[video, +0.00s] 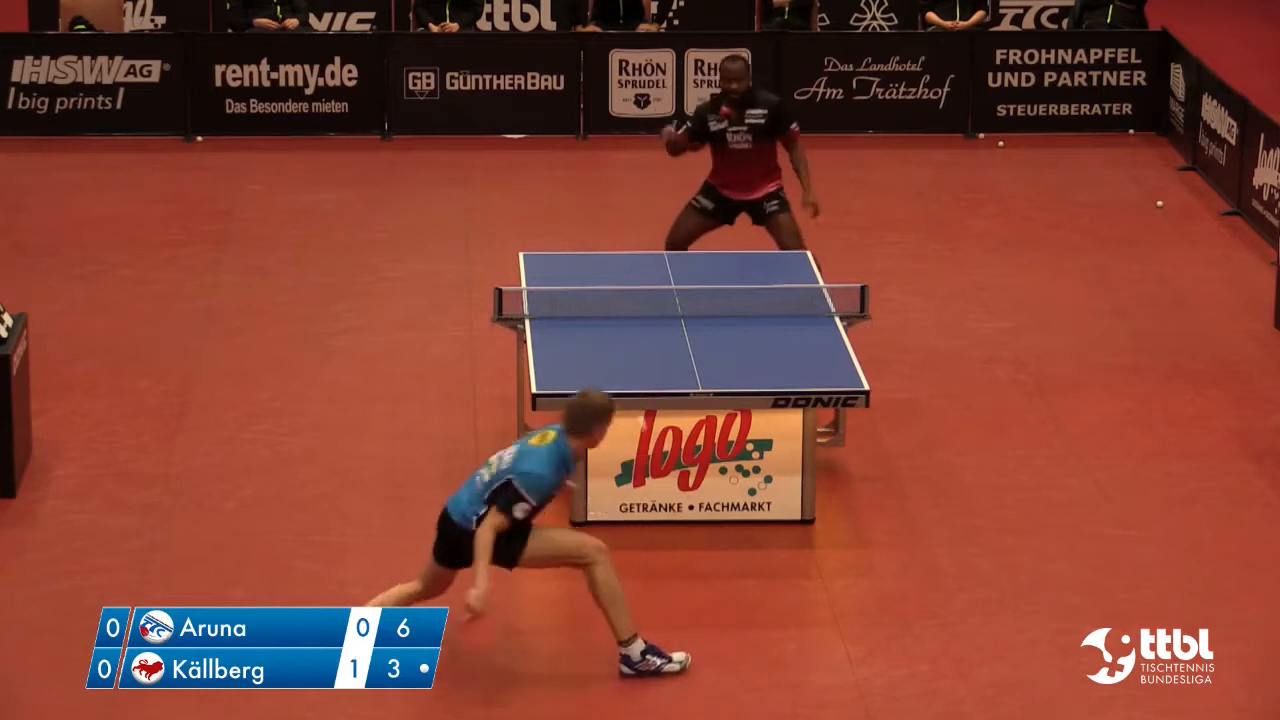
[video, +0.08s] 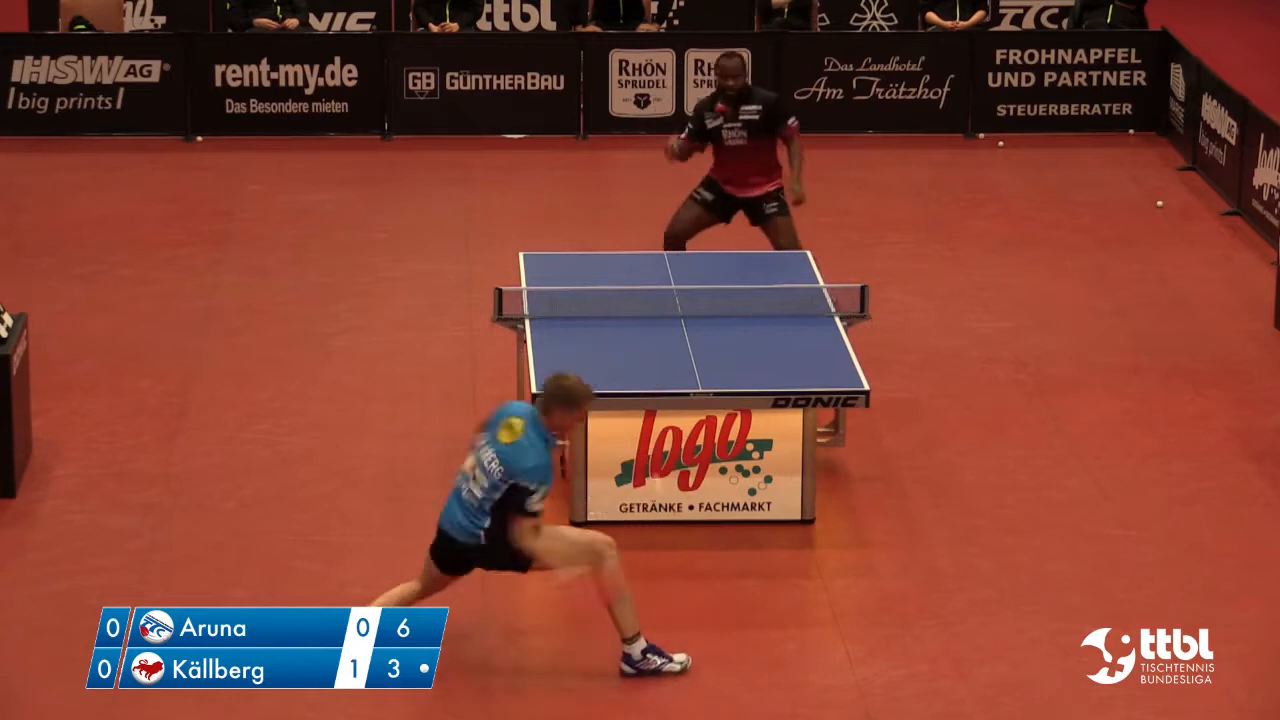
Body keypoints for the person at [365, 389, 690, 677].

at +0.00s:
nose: (607, 432)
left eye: (606, 424)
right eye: (607, 426)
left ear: (573, 416)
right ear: (595, 431)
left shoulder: (554, 435)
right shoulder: (541, 472)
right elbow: (487, 527)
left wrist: (561, 481)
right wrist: (481, 587)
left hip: (455, 518)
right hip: (484, 536)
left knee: (424, 587)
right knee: (592, 551)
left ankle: (354, 623)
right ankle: (634, 651)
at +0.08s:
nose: (579, 424)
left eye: (580, 417)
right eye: (578, 417)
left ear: (546, 400)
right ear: (562, 415)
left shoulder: (511, 410)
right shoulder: (537, 465)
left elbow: (479, 444)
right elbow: (522, 535)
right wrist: (561, 562)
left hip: (453, 533)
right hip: (494, 544)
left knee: (420, 587)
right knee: (603, 549)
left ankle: (356, 629)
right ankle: (637, 651)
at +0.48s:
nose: (503, 326)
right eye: (503, 321)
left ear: (463, 323)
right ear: (500, 324)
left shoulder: (435, 364)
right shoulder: (519, 363)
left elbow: (405, 435)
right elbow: (575, 393)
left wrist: (428, 412)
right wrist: (567, 341)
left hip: (436, 489)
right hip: (492, 491)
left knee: (382, 538)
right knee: (570, 546)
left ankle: (349, 628)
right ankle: (591, 651)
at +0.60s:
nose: (510, 343)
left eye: (509, 337)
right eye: (509, 339)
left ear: (467, 342)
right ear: (504, 344)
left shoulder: (437, 383)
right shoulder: (519, 392)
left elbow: (402, 446)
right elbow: (576, 433)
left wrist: (425, 429)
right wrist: (577, 390)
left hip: (436, 505)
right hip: (492, 509)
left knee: (383, 551)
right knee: (565, 562)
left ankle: (346, 637)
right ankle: (585, 665)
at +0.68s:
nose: (526, 347)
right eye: (526, 342)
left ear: (484, 345)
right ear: (522, 347)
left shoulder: (453, 381)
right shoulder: (533, 396)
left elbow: (409, 436)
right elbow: (589, 447)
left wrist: (446, 435)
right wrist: (594, 420)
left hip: (442, 501)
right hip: (499, 504)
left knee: (388, 551)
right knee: (585, 551)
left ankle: (347, 636)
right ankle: (600, 661)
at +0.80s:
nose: (551, 365)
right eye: (551, 360)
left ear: (513, 359)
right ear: (549, 364)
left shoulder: (480, 391)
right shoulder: (556, 410)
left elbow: (441, 450)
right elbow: (604, 471)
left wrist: (473, 452)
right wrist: (578, 470)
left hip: (464, 510)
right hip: (516, 515)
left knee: (411, 551)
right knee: (595, 583)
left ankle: (376, 637)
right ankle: (641, 679)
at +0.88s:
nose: (574, 385)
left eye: (568, 378)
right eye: (573, 380)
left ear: (535, 378)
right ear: (569, 386)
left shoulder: (501, 406)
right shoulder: (570, 429)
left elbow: (462, 462)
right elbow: (617, 497)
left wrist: (504, 463)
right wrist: (589, 504)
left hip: (470, 525)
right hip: (523, 531)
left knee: (422, 570)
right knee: (610, 585)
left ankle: (381, 648)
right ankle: (638, 688)